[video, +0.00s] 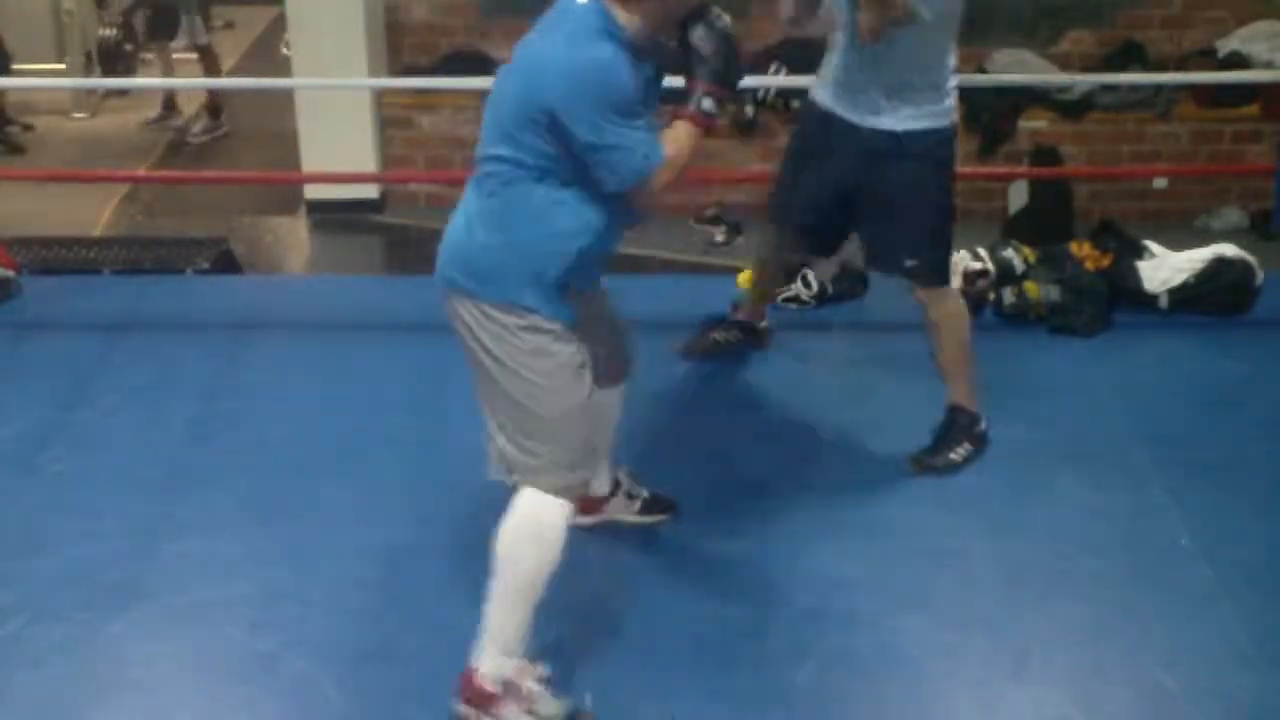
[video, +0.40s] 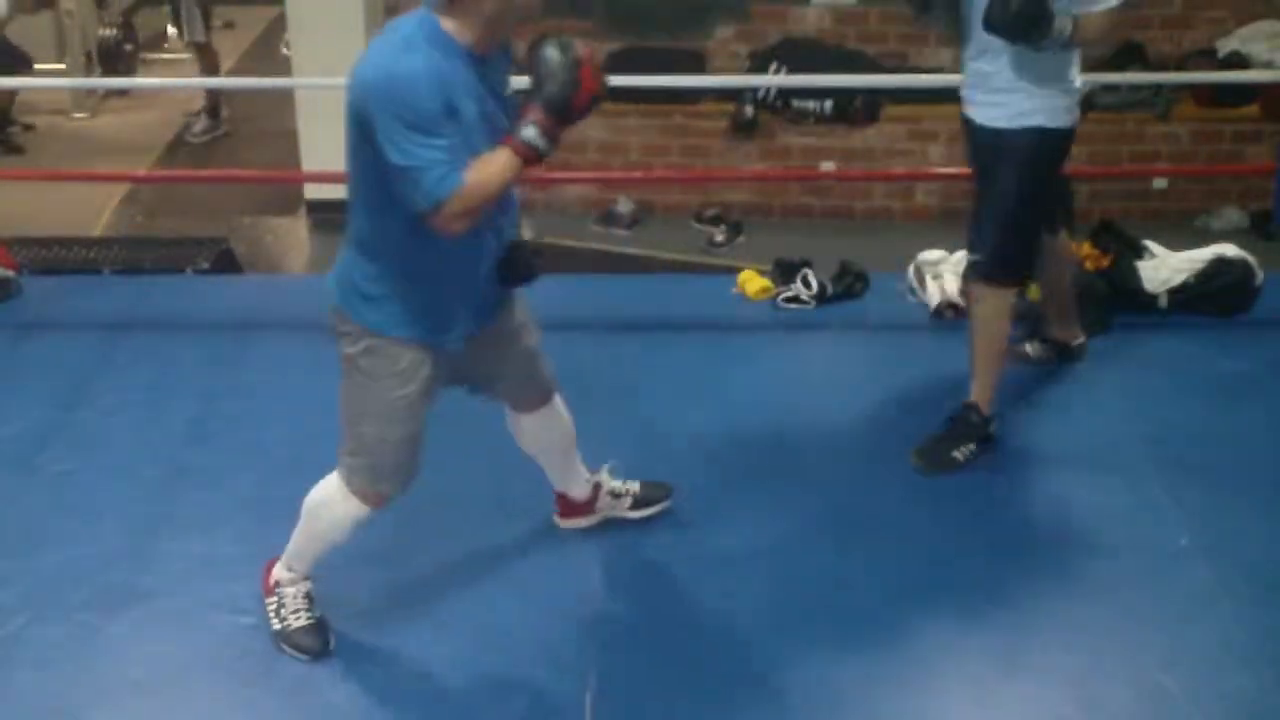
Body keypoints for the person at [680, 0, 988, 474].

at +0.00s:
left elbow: (874, 21)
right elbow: (783, 19)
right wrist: (727, 45)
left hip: (916, 124)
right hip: (835, 108)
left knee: (930, 279)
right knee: (782, 233)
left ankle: (964, 417)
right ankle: (747, 320)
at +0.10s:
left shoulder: (989, 4)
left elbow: (958, 47)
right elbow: (863, 28)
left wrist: (938, 12)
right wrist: (833, 22)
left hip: (952, 117)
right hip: (873, 96)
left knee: (952, 269)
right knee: (821, 206)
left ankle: (967, 418)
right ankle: (855, 302)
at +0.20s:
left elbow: (1054, 17)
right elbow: (881, 17)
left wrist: (1035, 35)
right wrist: (886, 4)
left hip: (981, 111)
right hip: (907, 97)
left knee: (967, 266)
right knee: (873, 207)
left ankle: (970, 418)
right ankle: (949, 261)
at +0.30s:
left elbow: (1079, 14)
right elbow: (923, 13)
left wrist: (1037, 23)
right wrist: (919, 6)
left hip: (1010, 109)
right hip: (944, 100)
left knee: (976, 267)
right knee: (973, 233)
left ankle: (969, 418)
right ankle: (1048, 311)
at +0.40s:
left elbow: (1110, 20)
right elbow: (957, 25)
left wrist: (1055, 26)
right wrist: (934, 11)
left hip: (1039, 109)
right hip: (980, 104)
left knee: (990, 269)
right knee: (1044, 228)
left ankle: (978, 414)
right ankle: (1064, 332)